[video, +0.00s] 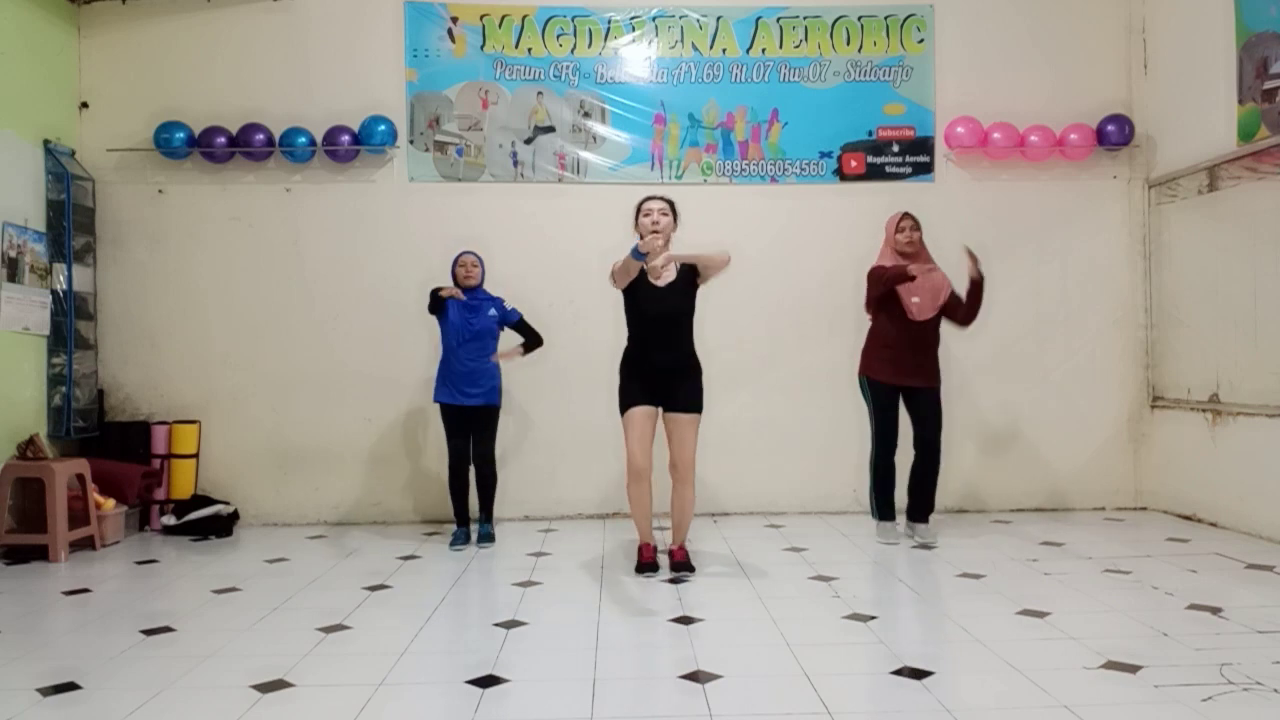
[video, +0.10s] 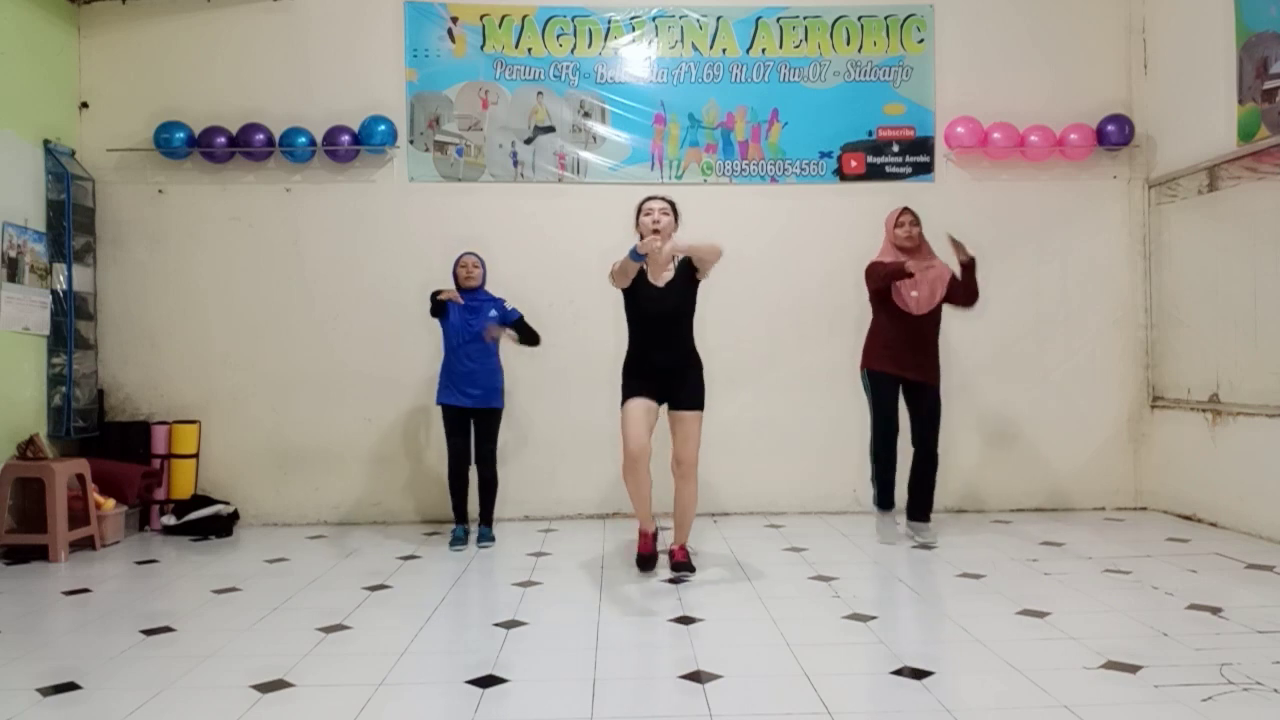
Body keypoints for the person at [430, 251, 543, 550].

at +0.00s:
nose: (468, 269)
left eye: (474, 265)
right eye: (462, 265)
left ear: (482, 273)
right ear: (454, 273)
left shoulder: (495, 305)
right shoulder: (447, 303)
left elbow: (535, 339)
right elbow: (433, 304)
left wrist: (508, 354)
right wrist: (442, 293)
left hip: (486, 393)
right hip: (452, 392)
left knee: (484, 459)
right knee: (458, 459)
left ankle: (486, 523)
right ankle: (461, 526)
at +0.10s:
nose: (469, 270)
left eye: (475, 266)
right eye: (463, 266)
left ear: (484, 274)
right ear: (454, 274)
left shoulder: (496, 305)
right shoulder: (449, 304)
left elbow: (533, 338)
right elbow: (435, 309)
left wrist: (506, 330)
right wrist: (440, 297)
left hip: (488, 394)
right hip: (454, 392)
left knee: (486, 461)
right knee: (458, 460)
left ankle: (486, 525)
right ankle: (460, 524)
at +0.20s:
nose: (471, 270)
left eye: (477, 266)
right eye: (465, 266)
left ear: (486, 274)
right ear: (457, 275)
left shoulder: (496, 302)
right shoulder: (451, 305)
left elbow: (509, 317)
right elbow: (437, 312)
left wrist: (482, 293)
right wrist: (441, 301)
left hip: (491, 390)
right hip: (457, 387)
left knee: (488, 456)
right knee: (461, 445)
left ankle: (486, 524)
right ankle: (458, 503)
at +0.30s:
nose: (473, 270)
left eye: (479, 267)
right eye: (467, 267)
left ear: (487, 274)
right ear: (458, 274)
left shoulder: (498, 303)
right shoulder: (453, 305)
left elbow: (502, 309)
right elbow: (438, 316)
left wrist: (472, 287)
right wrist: (444, 304)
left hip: (491, 392)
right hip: (458, 391)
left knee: (488, 457)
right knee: (461, 453)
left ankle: (486, 524)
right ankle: (457, 511)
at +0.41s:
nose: (472, 273)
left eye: (479, 269)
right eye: (467, 269)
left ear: (487, 276)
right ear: (459, 275)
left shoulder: (498, 301)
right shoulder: (451, 305)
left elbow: (496, 304)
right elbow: (439, 317)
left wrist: (470, 292)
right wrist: (448, 301)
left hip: (489, 392)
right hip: (455, 393)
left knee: (487, 460)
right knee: (460, 461)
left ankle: (486, 525)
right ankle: (460, 526)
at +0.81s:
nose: (467, 275)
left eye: (472, 270)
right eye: (463, 271)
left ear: (482, 275)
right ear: (459, 276)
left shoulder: (496, 302)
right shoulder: (453, 303)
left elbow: (501, 295)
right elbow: (441, 290)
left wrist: (484, 271)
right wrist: (441, 273)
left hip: (490, 392)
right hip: (456, 391)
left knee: (486, 459)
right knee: (456, 460)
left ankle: (485, 524)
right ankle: (459, 524)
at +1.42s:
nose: (472, 276)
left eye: (478, 272)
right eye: (467, 273)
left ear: (488, 280)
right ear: (459, 280)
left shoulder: (499, 304)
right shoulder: (450, 305)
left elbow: (504, 258)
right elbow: (442, 256)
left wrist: (484, 224)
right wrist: (463, 223)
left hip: (491, 396)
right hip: (457, 396)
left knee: (489, 464)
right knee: (464, 465)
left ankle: (489, 525)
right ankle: (464, 525)